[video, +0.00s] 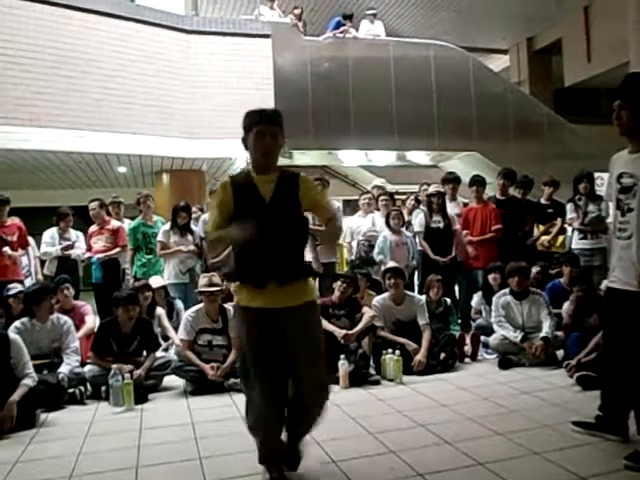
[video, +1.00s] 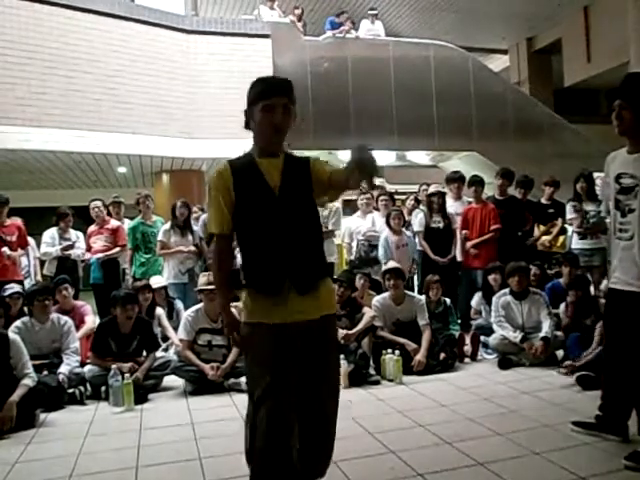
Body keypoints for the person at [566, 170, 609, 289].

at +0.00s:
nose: (585, 185)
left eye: (588, 182)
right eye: (581, 182)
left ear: (592, 185)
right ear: (577, 185)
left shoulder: (600, 202)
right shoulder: (572, 204)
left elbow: (604, 224)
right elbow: (575, 224)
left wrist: (583, 226)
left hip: (598, 247)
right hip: (579, 247)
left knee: (597, 283)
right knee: (579, 283)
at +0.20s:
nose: (584, 185)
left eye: (587, 182)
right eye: (581, 182)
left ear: (592, 184)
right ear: (576, 185)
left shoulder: (600, 202)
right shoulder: (572, 204)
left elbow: (605, 224)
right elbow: (577, 224)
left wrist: (586, 229)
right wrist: (581, 205)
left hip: (599, 248)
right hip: (580, 248)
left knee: (596, 285)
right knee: (580, 285)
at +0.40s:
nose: (584, 185)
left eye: (587, 182)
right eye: (581, 182)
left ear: (592, 185)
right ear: (576, 186)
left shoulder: (601, 203)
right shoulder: (572, 205)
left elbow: (605, 224)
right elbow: (576, 225)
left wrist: (585, 228)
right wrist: (598, 226)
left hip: (598, 248)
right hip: (579, 249)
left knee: (597, 285)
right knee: (580, 285)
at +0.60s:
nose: (583, 185)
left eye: (586, 182)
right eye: (580, 182)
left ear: (591, 184)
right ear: (576, 185)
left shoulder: (600, 203)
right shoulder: (573, 204)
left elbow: (604, 222)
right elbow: (576, 225)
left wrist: (584, 226)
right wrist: (597, 226)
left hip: (598, 246)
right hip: (579, 246)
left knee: (597, 281)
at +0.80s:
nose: (582, 186)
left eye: (586, 182)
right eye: (580, 182)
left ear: (591, 185)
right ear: (575, 185)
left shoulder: (600, 203)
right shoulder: (572, 204)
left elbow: (604, 224)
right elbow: (577, 226)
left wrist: (586, 228)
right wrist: (598, 227)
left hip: (598, 246)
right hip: (579, 247)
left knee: (598, 284)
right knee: (580, 283)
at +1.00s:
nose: (582, 186)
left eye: (585, 182)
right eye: (579, 182)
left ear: (590, 185)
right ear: (575, 185)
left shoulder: (600, 204)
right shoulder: (572, 204)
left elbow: (605, 224)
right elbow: (577, 226)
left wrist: (586, 229)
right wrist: (598, 226)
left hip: (598, 246)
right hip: (579, 247)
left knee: (597, 284)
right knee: (579, 283)